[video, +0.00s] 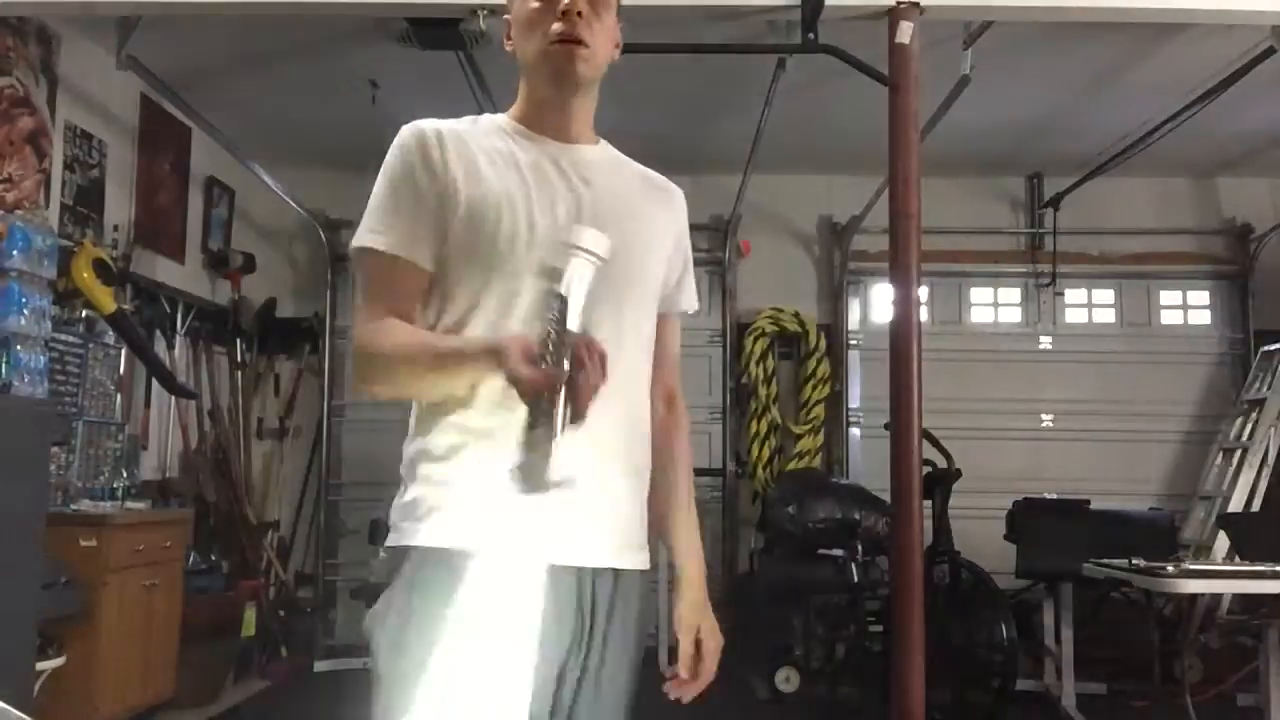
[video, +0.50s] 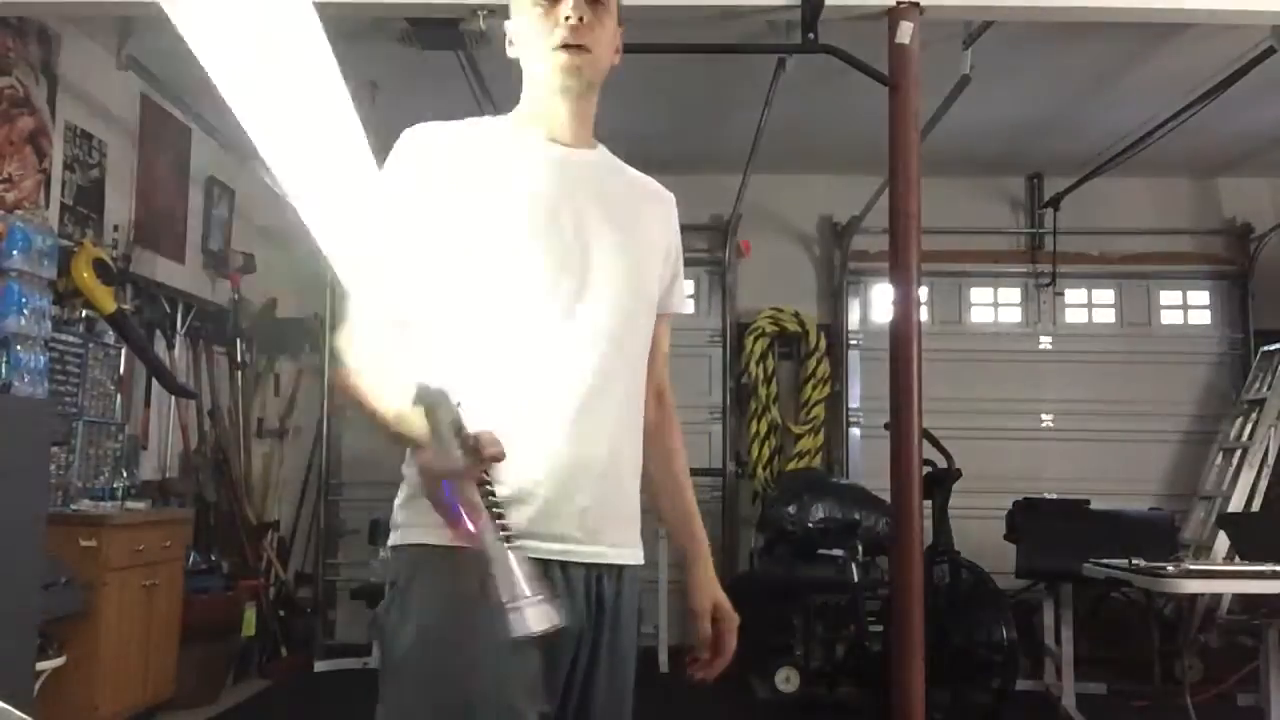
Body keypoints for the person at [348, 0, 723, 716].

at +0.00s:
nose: (571, 10)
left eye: (593, 1)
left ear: (618, 40)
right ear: (508, 30)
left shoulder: (660, 202)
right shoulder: (435, 151)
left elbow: (664, 403)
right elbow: (372, 355)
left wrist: (692, 581)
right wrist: (497, 355)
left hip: (614, 571)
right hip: (464, 561)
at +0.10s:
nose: (566, 11)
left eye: (589, 1)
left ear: (616, 39)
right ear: (506, 30)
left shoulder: (663, 202)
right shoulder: (431, 157)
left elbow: (669, 406)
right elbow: (322, 329)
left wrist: (693, 607)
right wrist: (487, 363)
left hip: (617, 570)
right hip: (462, 560)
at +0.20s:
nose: (564, 10)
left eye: (589, 1)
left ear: (617, 40)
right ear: (507, 32)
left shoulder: (661, 202)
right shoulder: (430, 157)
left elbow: (670, 398)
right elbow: (282, 302)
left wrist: (702, 573)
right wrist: (431, 364)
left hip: (617, 574)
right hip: (459, 563)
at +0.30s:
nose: (565, 9)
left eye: (590, 1)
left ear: (618, 41)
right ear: (507, 32)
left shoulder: (653, 199)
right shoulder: (430, 157)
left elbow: (668, 397)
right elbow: (270, 299)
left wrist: (707, 564)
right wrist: (408, 373)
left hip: (617, 573)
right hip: (466, 565)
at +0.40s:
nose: (568, 15)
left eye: (590, 4)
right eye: (543, 3)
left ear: (619, 37)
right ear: (494, 24)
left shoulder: (654, 206)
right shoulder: (431, 158)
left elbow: (662, 404)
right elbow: (306, 322)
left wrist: (706, 563)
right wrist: (406, 419)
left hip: (614, 576)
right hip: (470, 568)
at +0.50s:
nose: (573, 13)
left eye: (594, 2)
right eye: (548, 0)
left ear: (619, 41)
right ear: (510, 34)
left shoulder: (652, 206)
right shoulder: (432, 156)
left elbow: (652, 400)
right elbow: (358, 348)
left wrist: (698, 560)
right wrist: (432, 432)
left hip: (610, 574)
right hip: (461, 558)